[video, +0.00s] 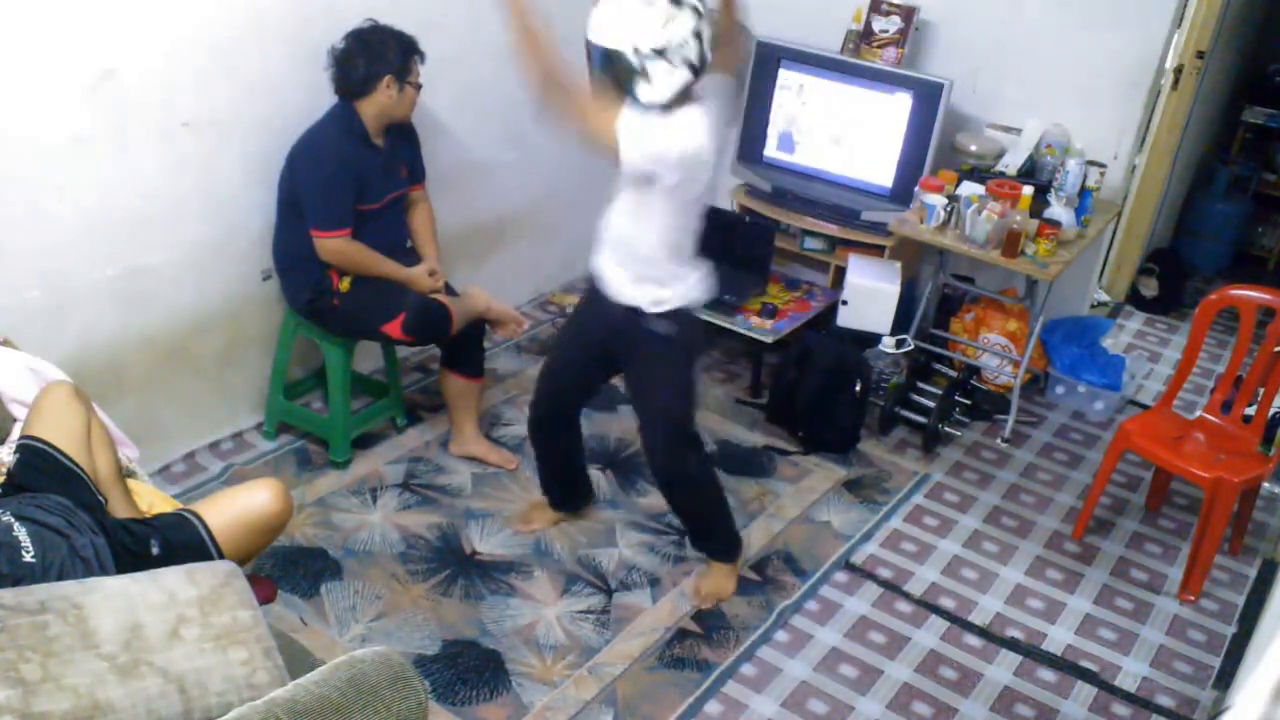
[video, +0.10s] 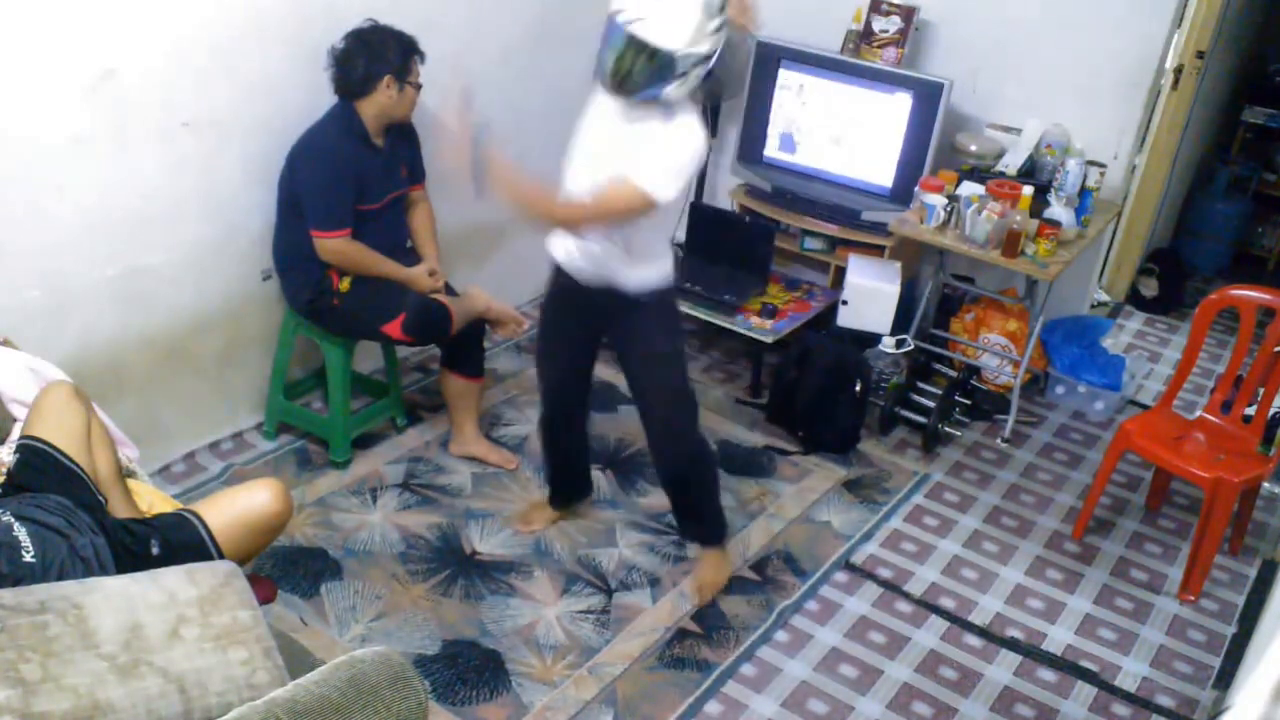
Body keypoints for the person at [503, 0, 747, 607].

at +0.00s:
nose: (619, 74)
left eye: (628, 61)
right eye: (616, 61)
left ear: (658, 60)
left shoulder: (691, 129)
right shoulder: (657, 105)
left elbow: (575, 105)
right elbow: (728, 46)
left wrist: (521, 16)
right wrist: (724, 11)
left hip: (663, 315)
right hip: (608, 296)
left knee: (669, 449)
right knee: (551, 405)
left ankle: (723, 553)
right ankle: (567, 500)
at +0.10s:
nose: (621, 59)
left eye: (642, 53)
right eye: (622, 42)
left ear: (680, 65)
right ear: (619, 34)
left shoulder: (683, 133)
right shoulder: (608, 94)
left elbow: (601, 209)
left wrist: (524, 197)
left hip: (642, 295)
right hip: (573, 280)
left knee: (670, 425)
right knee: (560, 398)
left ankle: (710, 544)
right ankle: (567, 494)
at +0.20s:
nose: (641, 57)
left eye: (667, 53)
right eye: (640, 36)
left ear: (696, 53)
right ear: (630, 13)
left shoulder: (692, 110)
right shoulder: (596, 19)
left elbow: (640, 205)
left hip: (639, 254)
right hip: (561, 234)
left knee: (663, 401)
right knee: (561, 370)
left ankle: (696, 536)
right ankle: (567, 488)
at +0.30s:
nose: (654, 66)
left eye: (671, 60)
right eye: (655, 50)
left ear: (687, 57)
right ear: (638, 17)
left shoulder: (679, 93)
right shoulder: (566, 16)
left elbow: (696, 219)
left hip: (622, 252)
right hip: (543, 245)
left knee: (646, 402)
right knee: (540, 391)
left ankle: (663, 553)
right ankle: (550, 503)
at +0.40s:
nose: (647, 85)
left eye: (666, 78)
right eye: (644, 68)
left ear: (683, 71)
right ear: (621, 37)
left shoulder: (669, 111)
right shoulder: (550, 61)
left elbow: (728, 199)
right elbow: (526, 3)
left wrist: (813, 254)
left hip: (611, 286)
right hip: (533, 282)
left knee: (631, 432)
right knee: (526, 428)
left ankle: (627, 565)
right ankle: (528, 544)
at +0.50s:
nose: (636, 102)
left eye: (654, 89)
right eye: (627, 81)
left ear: (671, 80)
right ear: (595, 54)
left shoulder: (655, 126)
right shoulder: (538, 90)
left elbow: (702, 157)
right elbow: (466, 39)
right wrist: (482, 0)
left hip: (604, 306)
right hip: (525, 306)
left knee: (616, 450)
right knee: (517, 449)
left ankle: (606, 554)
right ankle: (529, 541)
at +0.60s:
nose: (639, 52)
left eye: (653, 43)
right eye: (630, 34)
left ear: (662, 47)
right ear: (601, 24)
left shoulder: (641, 94)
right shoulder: (539, 62)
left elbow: (667, 127)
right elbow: (434, 26)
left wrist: (729, 116)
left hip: (606, 283)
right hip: (528, 283)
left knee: (620, 428)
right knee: (526, 424)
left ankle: (613, 552)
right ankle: (525, 533)